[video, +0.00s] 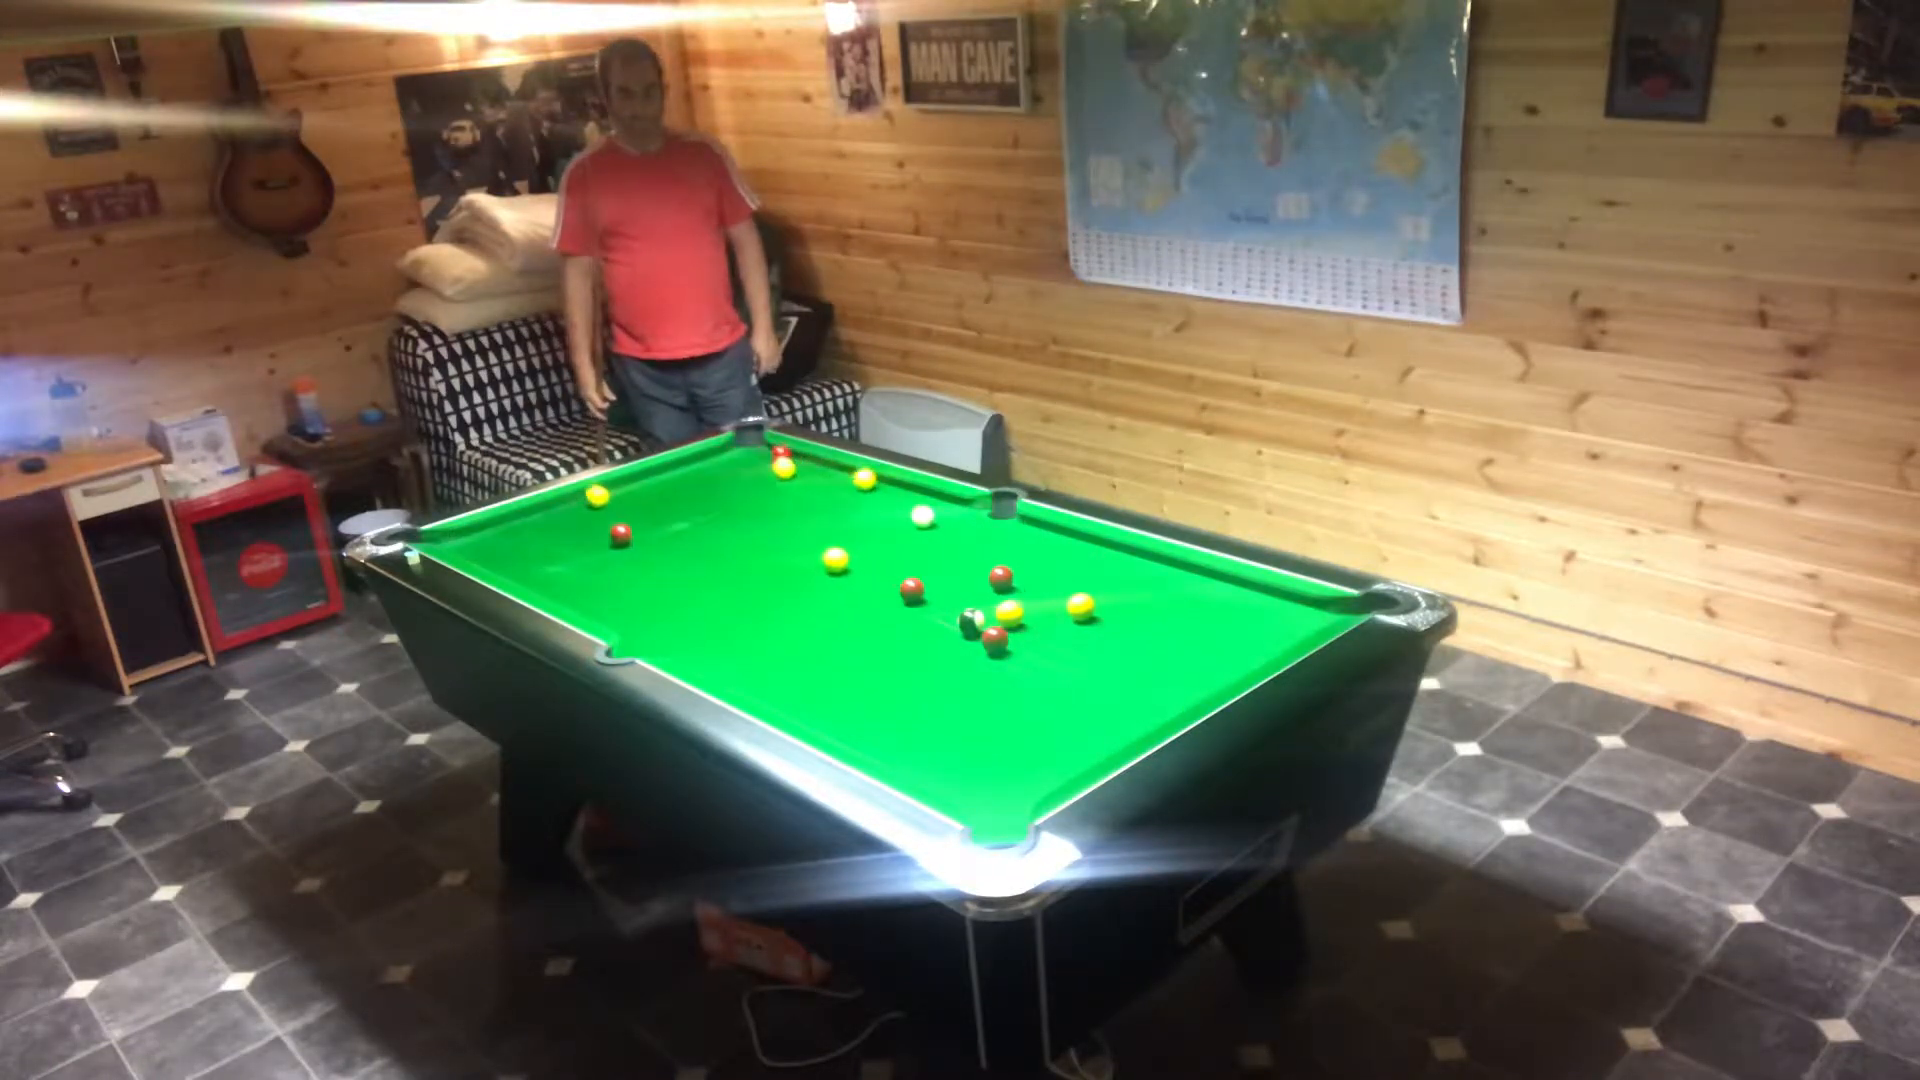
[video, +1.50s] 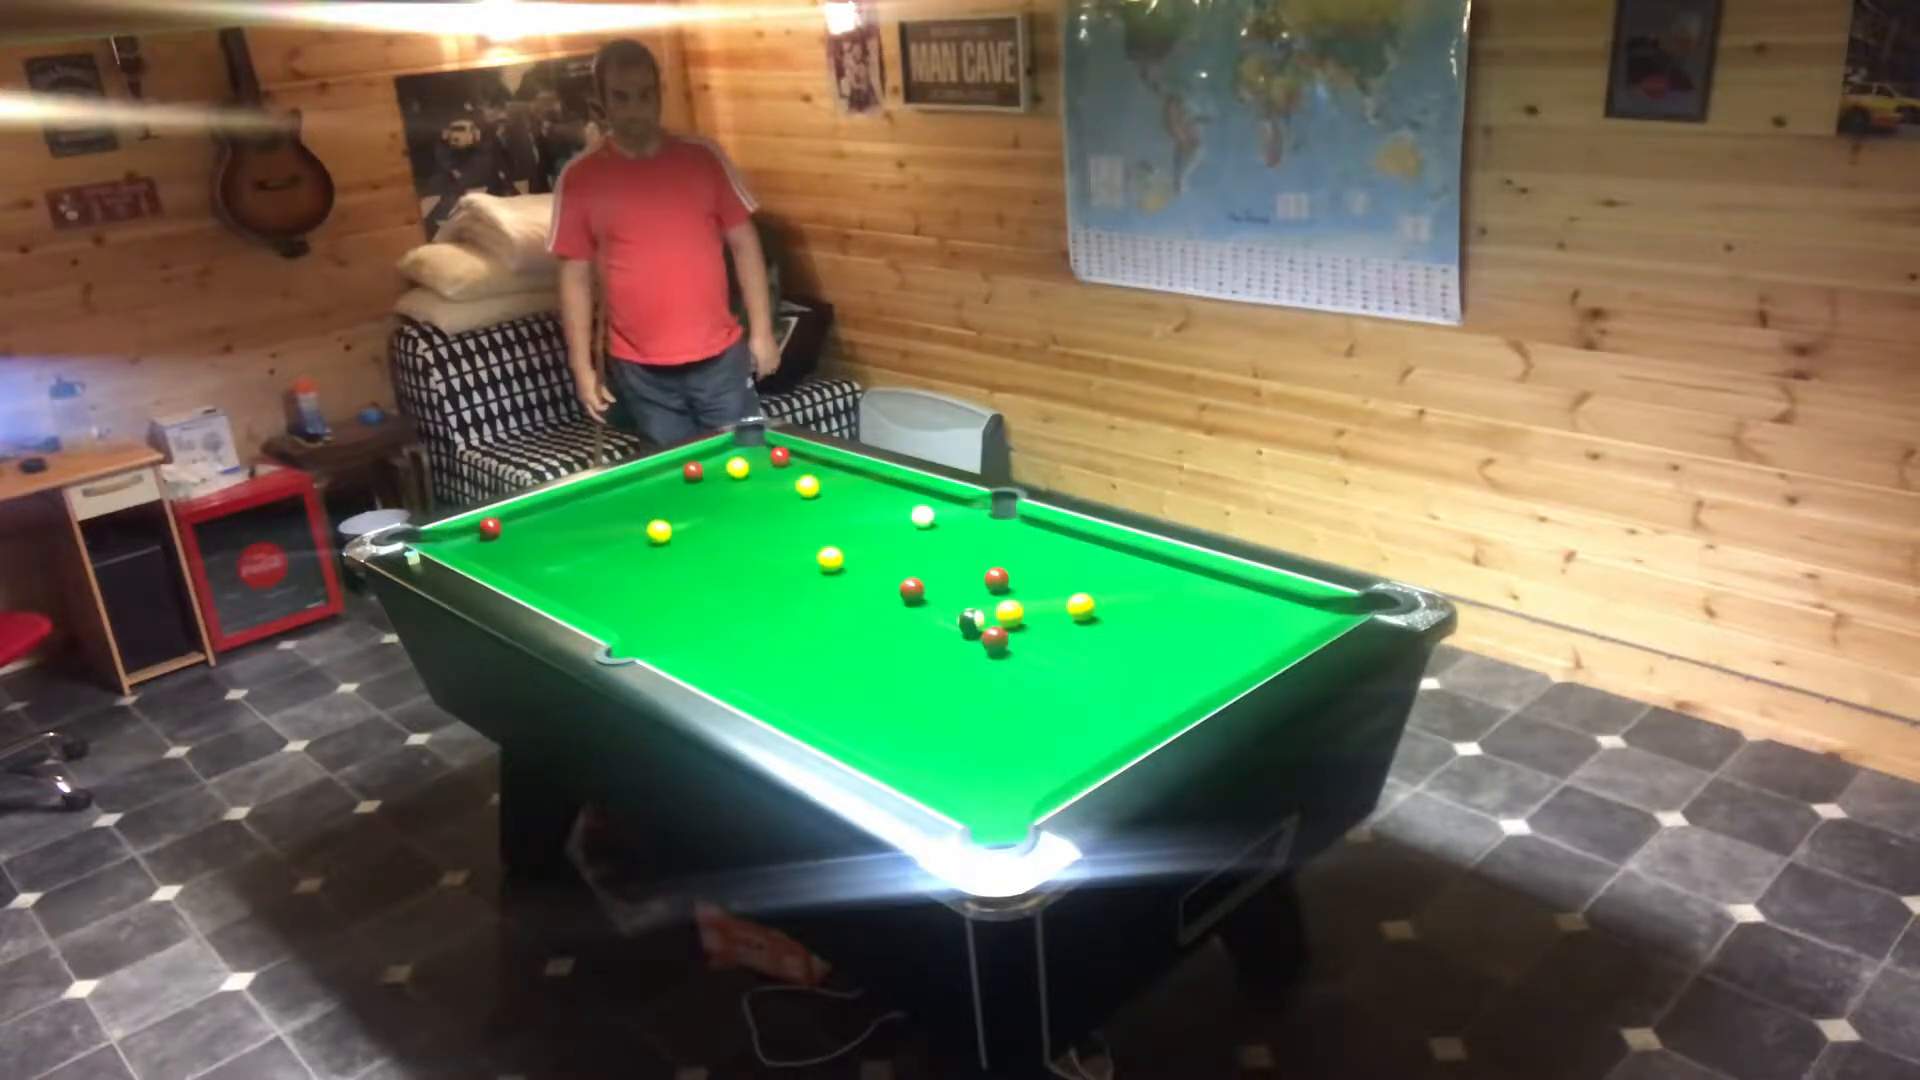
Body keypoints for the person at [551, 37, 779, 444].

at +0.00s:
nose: (640, 105)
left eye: (650, 91)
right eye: (626, 93)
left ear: (664, 91)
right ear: (604, 97)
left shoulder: (705, 157)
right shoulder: (586, 175)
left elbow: (745, 239)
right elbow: (578, 271)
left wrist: (763, 327)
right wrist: (584, 364)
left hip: (722, 358)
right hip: (645, 368)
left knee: (747, 483)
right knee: (677, 493)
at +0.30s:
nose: (641, 105)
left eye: (651, 91)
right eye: (627, 93)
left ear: (665, 92)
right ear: (606, 98)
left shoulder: (705, 157)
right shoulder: (586, 175)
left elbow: (746, 239)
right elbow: (578, 271)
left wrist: (763, 327)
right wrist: (585, 363)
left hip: (723, 358)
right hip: (645, 368)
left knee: (749, 483)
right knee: (676, 493)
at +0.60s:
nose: (644, 105)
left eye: (654, 93)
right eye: (630, 94)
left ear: (668, 93)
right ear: (609, 99)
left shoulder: (708, 157)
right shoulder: (588, 176)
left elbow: (746, 240)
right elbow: (579, 273)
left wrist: (764, 329)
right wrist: (584, 364)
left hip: (723, 359)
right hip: (646, 369)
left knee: (748, 483)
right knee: (677, 498)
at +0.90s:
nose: (645, 106)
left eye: (654, 93)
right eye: (631, 95)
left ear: (668, 93)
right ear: (610, 99)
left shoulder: (708, 158)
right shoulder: (587, 175)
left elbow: (746, 243)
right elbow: (579, 273)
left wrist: (762, 330)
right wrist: (584, 365)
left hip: (722, 361)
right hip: (645, 370)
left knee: (749, 483)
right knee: (677, 499)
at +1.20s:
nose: (643, 107)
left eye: (653, 94)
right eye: (629, 95)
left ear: (666, 94)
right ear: (608, 99)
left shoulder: (707, 158)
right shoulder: (586, 176)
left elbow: (745, 243)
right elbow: (577, 273)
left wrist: (762, 330)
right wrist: (583, 365)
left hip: (722, 361)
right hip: (645, 371)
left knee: (750, 484)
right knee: (678, 499)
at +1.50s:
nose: (635, 109)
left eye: (646, 95)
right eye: (621, 97)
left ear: (660, 96)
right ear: (601, 101)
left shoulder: (703, 159)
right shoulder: (581, 178)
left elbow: (744, 243)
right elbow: (575, 276)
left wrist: (761, 331)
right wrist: (582, 367)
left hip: (719, 362)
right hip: (642, 372)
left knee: (746, 484)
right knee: (677, 494)